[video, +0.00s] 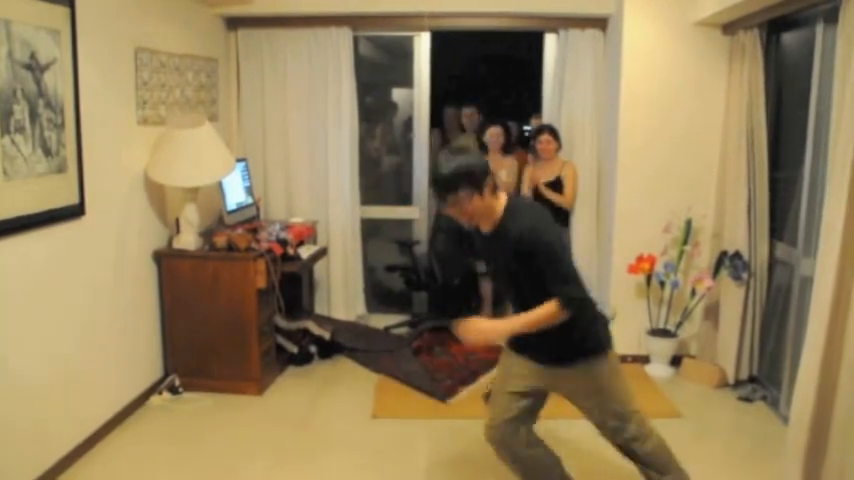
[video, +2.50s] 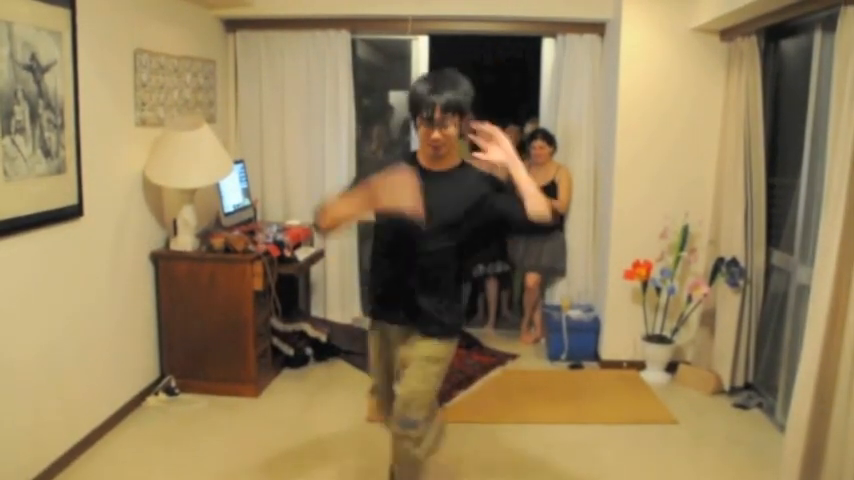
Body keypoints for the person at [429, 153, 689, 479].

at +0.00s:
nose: (455, 214)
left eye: (458, 204)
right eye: (450, 207)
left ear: (483, 191)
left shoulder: (531, 226)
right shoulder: (486, 228)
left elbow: (570, 301)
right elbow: (508, 287)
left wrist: (502, 328)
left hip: (581, 353)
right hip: (528, 350)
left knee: (628, 433)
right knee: (504, 432)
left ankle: (676, 476)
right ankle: (557, 477)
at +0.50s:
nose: (477, 153)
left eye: (486, 143)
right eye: (469, 141)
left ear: (496, 143)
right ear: (443, 138)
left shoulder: (493, 191)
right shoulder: (413, 190)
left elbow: (532, 243)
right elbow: (421, 273)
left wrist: (580, 276)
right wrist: (494, 308)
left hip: (470, 329)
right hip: (425, 329)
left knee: (440, 427)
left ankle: (440, 474)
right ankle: (518, 457)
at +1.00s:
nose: (388, 172)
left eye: (396, 163)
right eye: (381, 161)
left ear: (406, 159)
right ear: (359, 152)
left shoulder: (408, 192)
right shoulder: (325, 199)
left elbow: (459, 228)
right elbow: (277, 260)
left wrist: (440, 165)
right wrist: (238, 303)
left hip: (377, 315)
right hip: (320, 324)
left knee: (439, 367)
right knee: (284, 406)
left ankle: (435, 473)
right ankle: (232, 473)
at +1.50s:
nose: (372, 173)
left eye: (378, 161)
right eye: (362, 167)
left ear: (399, 152)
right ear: (354, 170)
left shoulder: (444, 196)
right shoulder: (375, 208)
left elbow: (463, 275)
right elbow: (391, 267)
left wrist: (399, 294)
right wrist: (386, 312)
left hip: (465, 327)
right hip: (415, 326)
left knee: (448, 413)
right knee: (425, 412)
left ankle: (406, 455)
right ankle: (456, 471)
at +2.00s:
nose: (463, 177)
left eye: (475, 169)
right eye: (457, 166)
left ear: (496, 168)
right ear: (448, 158)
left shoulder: (510, 220)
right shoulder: (432, 192)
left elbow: (547, 300)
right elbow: (403, 238)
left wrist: (573, 369)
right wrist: (367, 278)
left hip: (485, 350)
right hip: (431, 343)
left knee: (501, 444)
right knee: (406, 421)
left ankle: (552, 477)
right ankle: (452, 476)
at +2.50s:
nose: (434, 134)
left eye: (444, 123)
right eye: (425, 123)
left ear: (463, 125)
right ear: (414, 123)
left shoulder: (479, 184)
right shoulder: (394, 173)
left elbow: (542, 217)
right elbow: (324, 220)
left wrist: (511, 160)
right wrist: (372, 196)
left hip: (438, 321)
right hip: (386, 314)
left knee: (408, 420)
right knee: (389, 408)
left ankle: (403, 475)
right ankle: (432, 430)